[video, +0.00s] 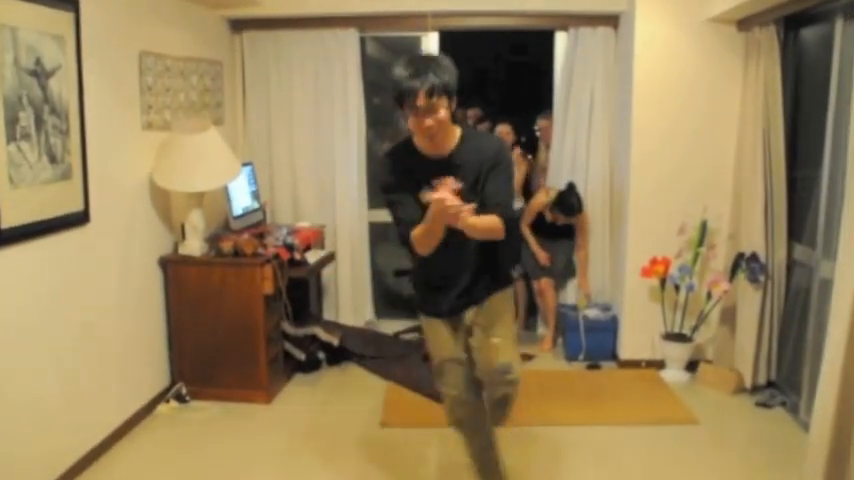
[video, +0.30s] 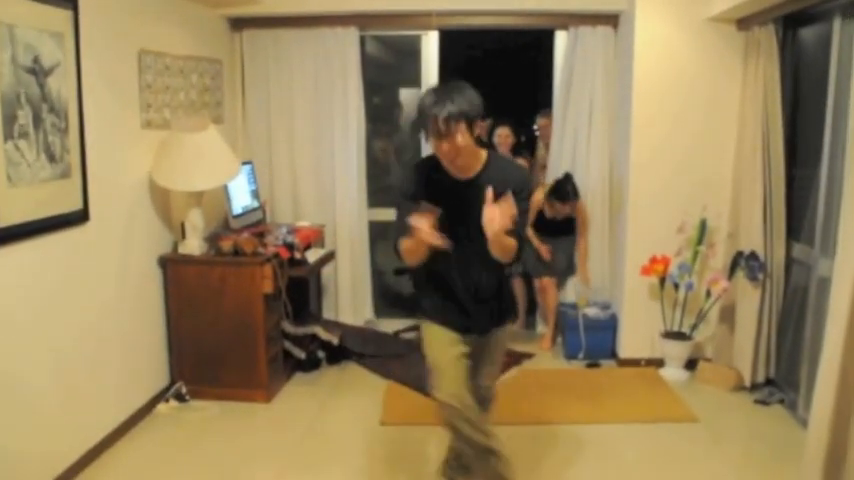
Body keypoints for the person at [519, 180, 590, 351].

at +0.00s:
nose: (562, 221)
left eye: (567, 219)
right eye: (560, 217)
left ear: (575, 213)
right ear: (554, 207)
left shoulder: (579, 216)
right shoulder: (541, 200)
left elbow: (581, 248)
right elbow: (524, 225)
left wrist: (583, 282)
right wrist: (538, 251)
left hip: (563, 241)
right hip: (537, 238)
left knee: (546, 282)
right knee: (537, 286)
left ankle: (550, 331)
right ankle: (550, 328)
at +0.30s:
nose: (568, 211)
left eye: (570, 207)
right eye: (564, 207)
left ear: (574, 202)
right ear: (553, 201)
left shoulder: (578, 208)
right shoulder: (538, 199)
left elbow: (581, 238)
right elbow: (528, 227)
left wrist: (582, 269)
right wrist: (539, 246)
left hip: (564, 240)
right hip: (540, 239)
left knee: (548, 282)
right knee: (540, 283)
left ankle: (550, 330)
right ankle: (550, 327)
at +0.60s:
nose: (556, 164)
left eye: (561, 159)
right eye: (552, 159)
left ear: (569, 160)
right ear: (546, 162)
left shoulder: (577, 180)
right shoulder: (538, 180)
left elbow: (579, 215)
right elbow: (534, 213)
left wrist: (557, 208)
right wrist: (546, 206)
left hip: (565, 230)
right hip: (540, 229)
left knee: (548, 279)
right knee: (542, 279)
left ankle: (550, 328)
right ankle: (551, 325)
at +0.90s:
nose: (550, 147)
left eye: (555, 142)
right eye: (547, 143)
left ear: (565, 146)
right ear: (543, 146)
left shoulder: (574, 168)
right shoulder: (537, 169)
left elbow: (577, 203)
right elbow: (530, 201)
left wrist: (567, 181)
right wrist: (527, 182)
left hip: (566, 227)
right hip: (543, 225)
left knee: (545, 274)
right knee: (551, 279)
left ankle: (545, 326)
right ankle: (554, 323)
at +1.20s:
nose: (547, 146)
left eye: (551, 141)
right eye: (543, 141)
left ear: (561, 145)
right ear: (538, 145)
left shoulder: (570, 167)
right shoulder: (535, 167)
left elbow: (571, 200)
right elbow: (528, 198)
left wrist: (553, 183)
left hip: (564, 228)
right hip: (538, 227)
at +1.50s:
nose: (545, 146)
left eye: (550, 141)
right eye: (542, 141)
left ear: (559, 144)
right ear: (537, 145)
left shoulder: (568, 166)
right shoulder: (538, 167)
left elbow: (568, 200)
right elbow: (532, 197)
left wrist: (553, 177)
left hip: (559, 225)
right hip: (539, 223)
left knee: (538, 273)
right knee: (543, 279)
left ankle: (535, 319)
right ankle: (547, 323)